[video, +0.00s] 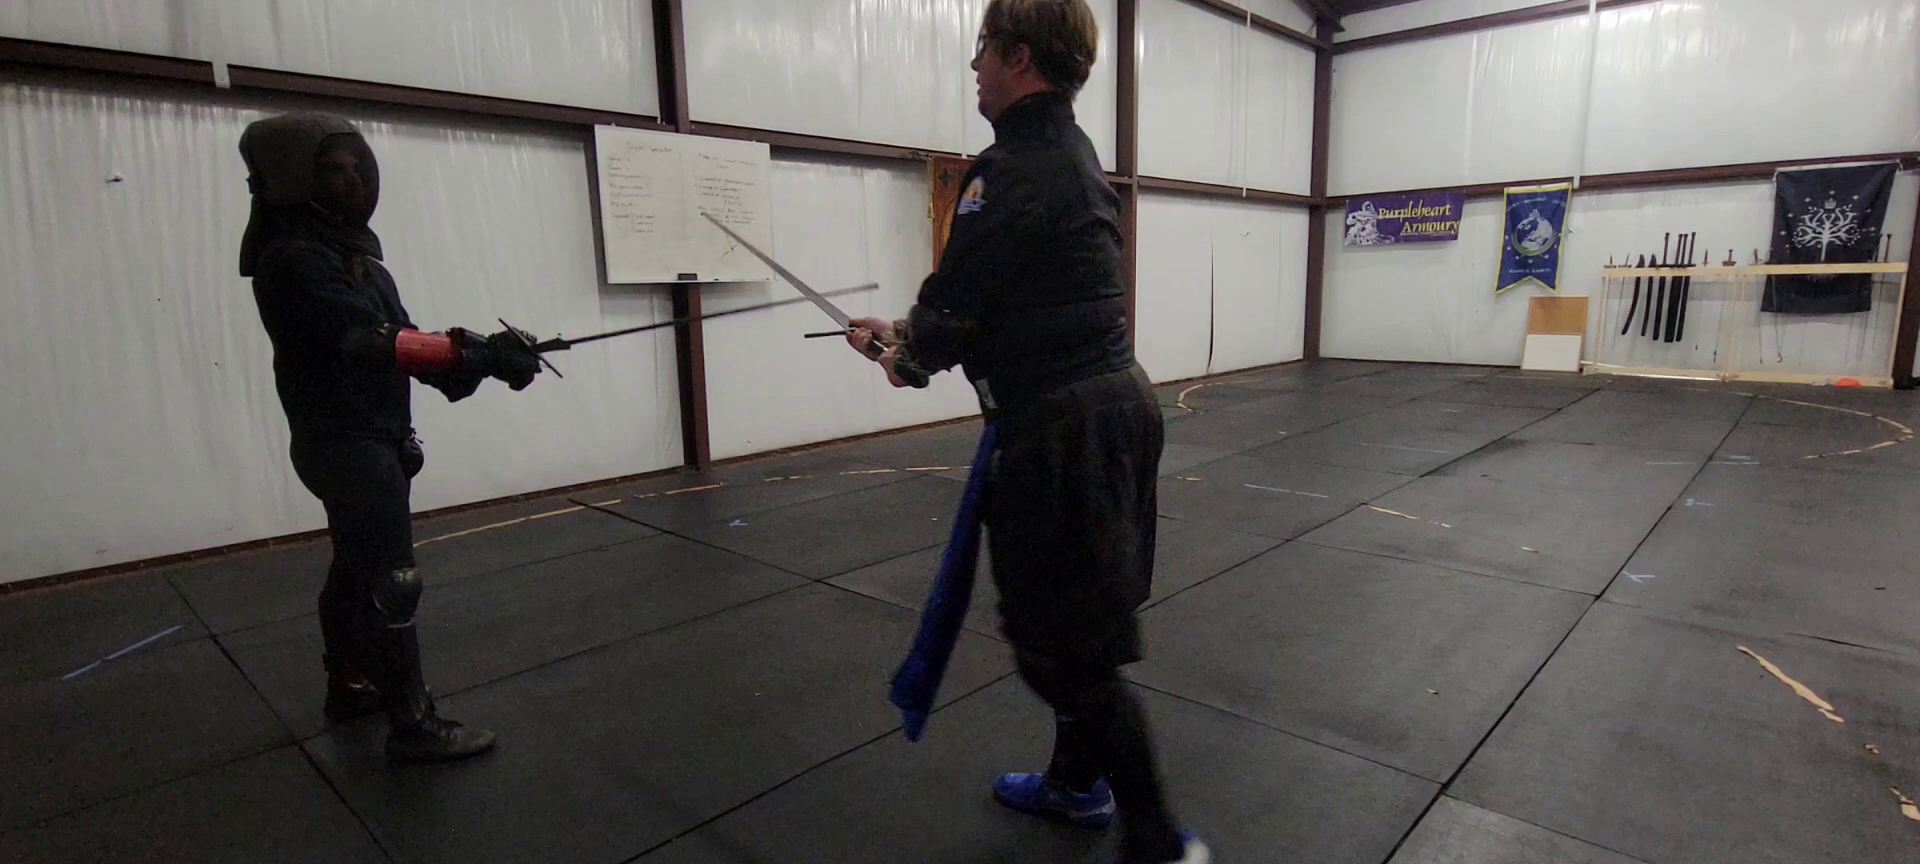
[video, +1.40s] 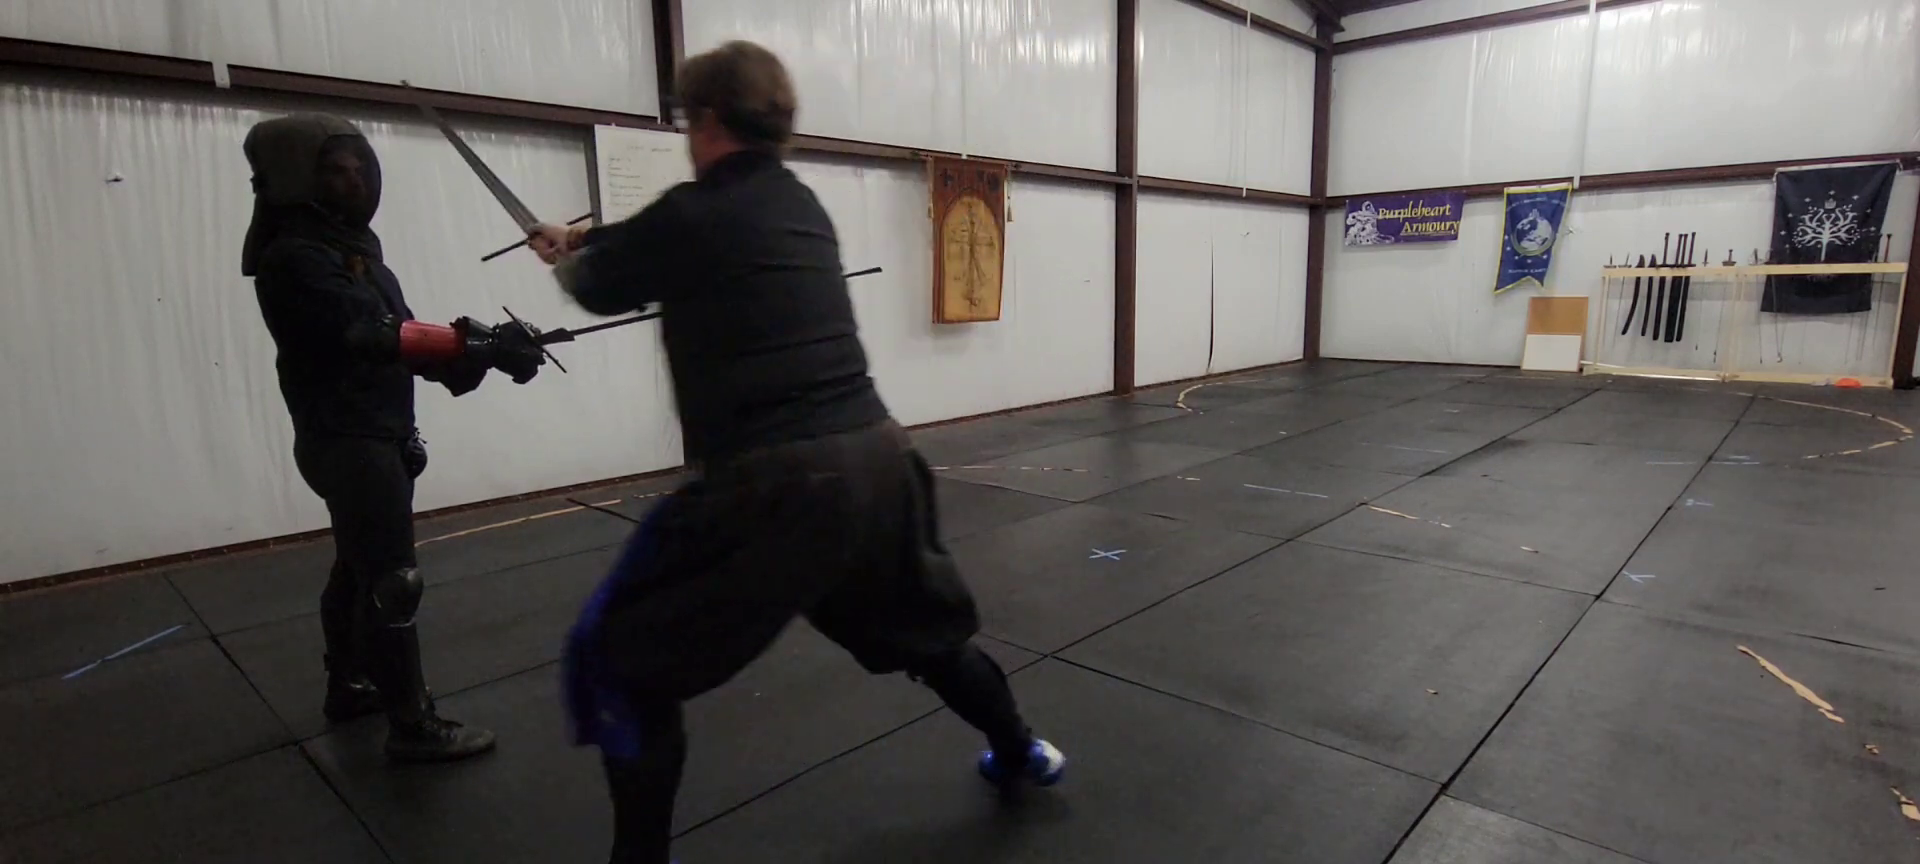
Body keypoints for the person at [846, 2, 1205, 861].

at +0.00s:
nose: (974, 68)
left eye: (986, 54)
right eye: (979, 52)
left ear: (1024, 65)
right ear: (1044, 69)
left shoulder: (1010, 170)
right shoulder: (1072, 153)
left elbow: (956, 306)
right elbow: (1003, 291)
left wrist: (912, 356)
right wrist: (906, 331)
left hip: (1062, 423)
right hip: (1119, 402)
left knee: (1068, 634)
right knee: (1077, 603)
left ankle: (1157, 840)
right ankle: (1075, 785)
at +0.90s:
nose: (927, 112)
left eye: (938, 98)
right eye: (932, 98)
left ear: (977, 111)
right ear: (998, 117)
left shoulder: (951, 213)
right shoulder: (1036, 195)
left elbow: (880, 353)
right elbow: (1018, 301)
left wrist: (871, 349)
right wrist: (924, 326)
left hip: (1027, 444)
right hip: (1098, 420)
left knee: (978, 658)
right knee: (1047, 604)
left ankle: (1166, 809)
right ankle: (1058, 753)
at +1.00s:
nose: (895, 120)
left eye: (904, 107)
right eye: (899, 105)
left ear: (941, 119)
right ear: (969, 124)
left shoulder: (925, 216)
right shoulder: (998, 200)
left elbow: (855, 364)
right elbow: (991, 308)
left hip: (1003, 450)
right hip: (1070, 425)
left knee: (904, 621)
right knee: (998, 601)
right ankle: (1060, 752)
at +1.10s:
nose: (860, 117)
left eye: (872, 103)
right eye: (866, 102)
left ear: (908, 118)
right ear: (929, 123)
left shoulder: (895, 217)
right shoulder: (962, 199)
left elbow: (825, 352)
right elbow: (916, 319)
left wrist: (782, 352)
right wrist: (818, 317)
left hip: (965, 458)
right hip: (1035, 436)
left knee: (839, 605)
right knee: (980, 603)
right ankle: (1059, 752)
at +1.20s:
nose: (817, 123)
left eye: (826, 111)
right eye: (821, 109)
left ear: (865, 122)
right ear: (883, 123)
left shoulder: (845, 215)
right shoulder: (915, 199)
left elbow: (738, 306)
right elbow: (795, 277)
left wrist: (675, 286)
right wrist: (700, 275)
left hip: (904, 470)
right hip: (989, 444)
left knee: (786, 636)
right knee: (965, 608)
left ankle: (688, 848)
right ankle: (1059, 751)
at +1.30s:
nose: (756, 132)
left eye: (764, 119)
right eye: (760, 118)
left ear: (791, 126)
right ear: (837, 129)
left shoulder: (774, 217)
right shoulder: (848, 197)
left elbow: (676, 270)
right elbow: (722, 225)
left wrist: (615, 257)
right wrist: (619, 230)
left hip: (835, 482)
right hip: (925, 460)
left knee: (702, 655)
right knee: (950, 626)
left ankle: (652, 847)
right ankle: (1052, 754)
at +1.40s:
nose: (688, 135)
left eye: (691, 122)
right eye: (691, 121)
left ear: (709, 125)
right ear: (775, 124)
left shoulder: (689, 216)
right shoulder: (800, 204)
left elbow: (597, 279)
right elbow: (696, 259)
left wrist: (566, 252)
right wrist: (592, 246)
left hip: (766, 481)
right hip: (879, 461)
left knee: (634, 662)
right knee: (922, 625)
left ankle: (640, 848)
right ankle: (1023, 751)